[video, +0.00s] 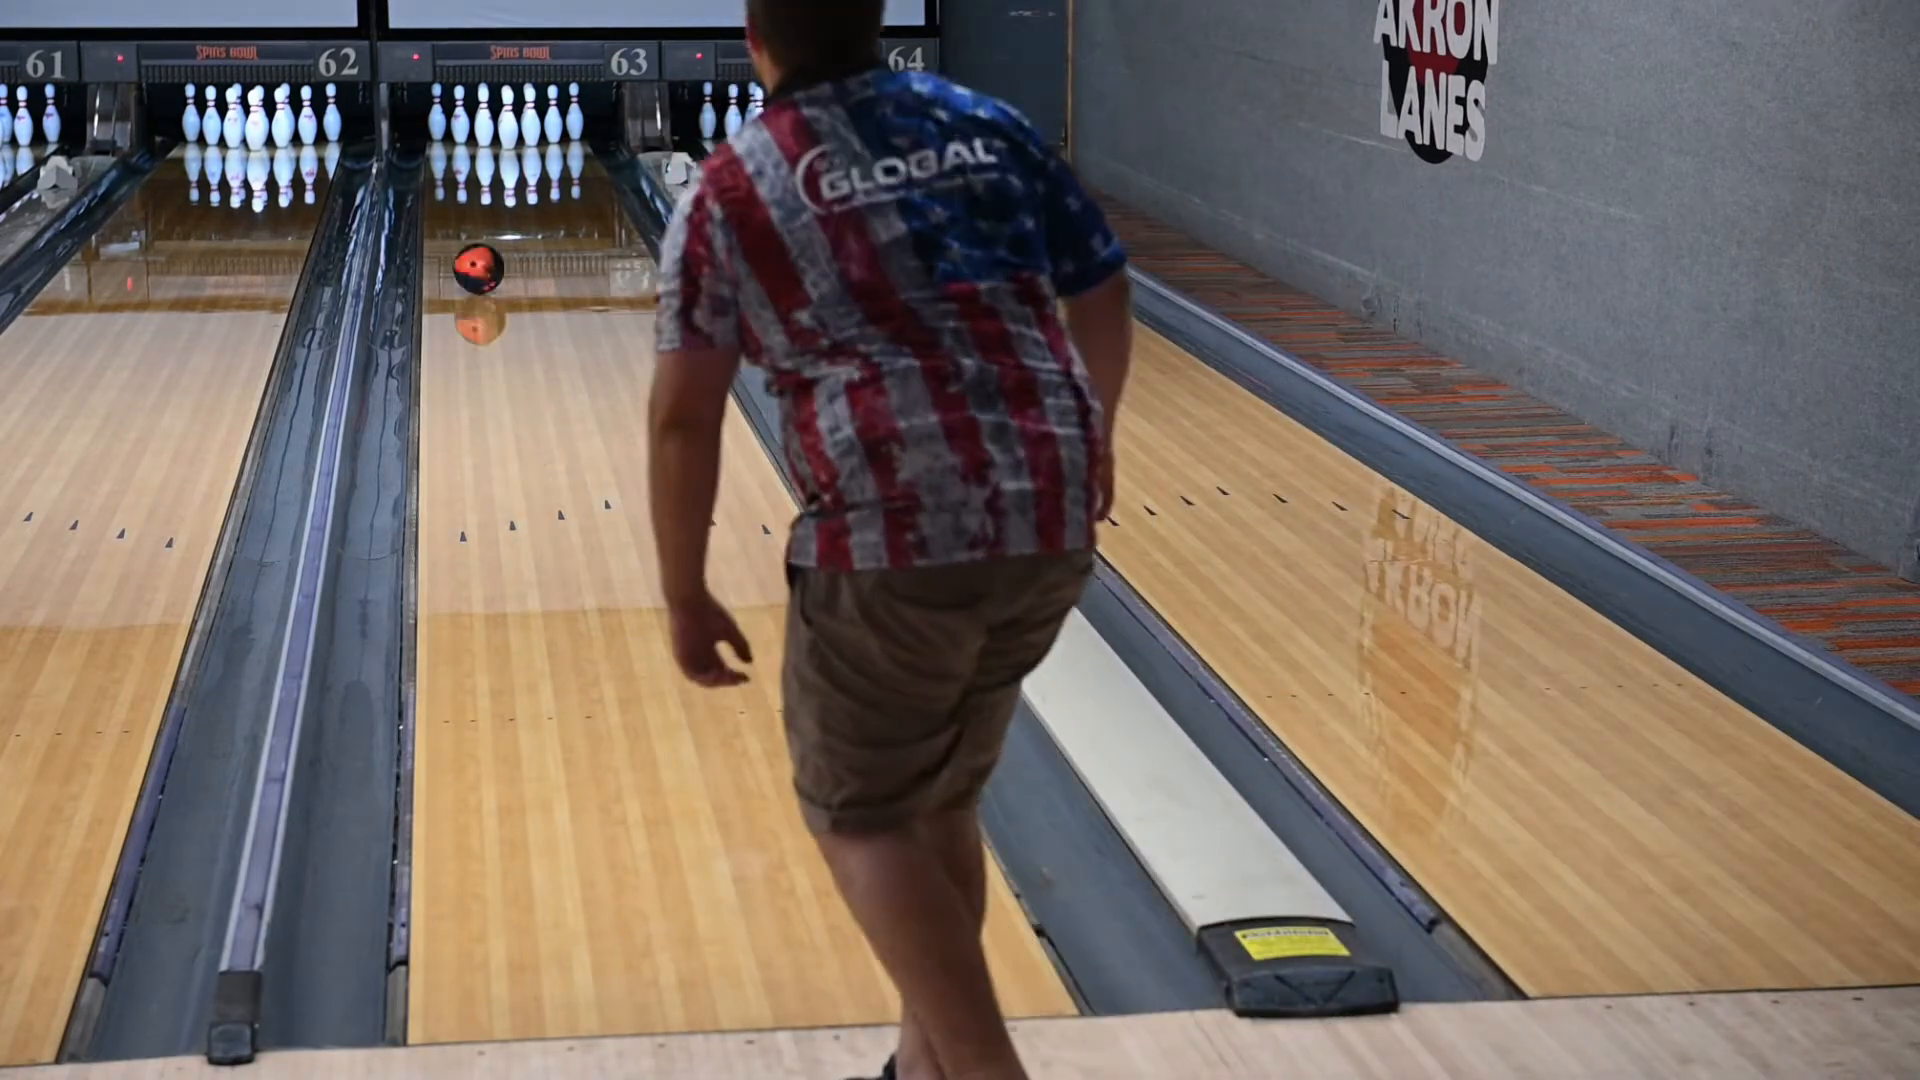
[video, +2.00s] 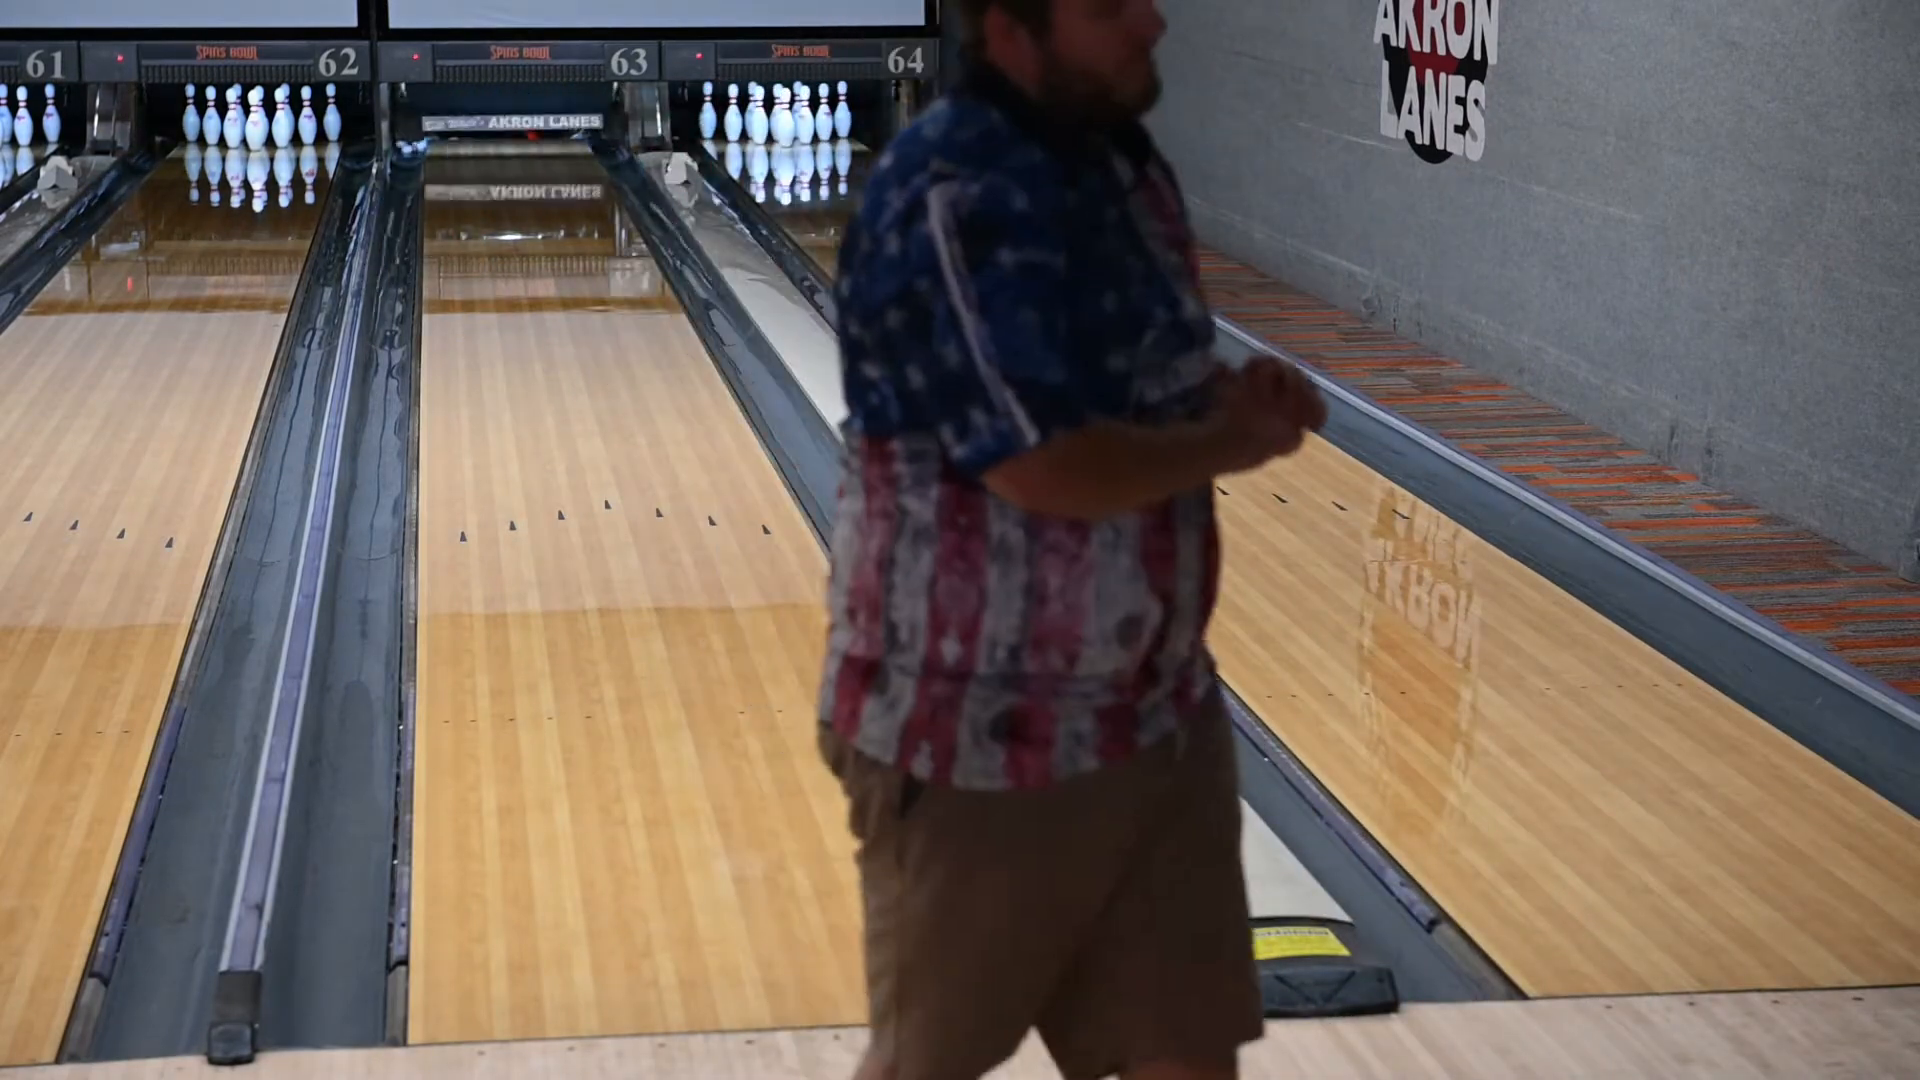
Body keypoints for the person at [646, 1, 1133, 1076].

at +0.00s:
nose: (757, 49)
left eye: (755, 37)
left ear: (759, 45)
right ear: (877, 29)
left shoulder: (733, 185)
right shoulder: (987, 126)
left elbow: (684, 415)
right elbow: (1102, 293)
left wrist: (684, 591)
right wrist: (1089, 443)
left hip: (893, 537)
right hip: (1052, 519)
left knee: (861, 810)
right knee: (948, 799)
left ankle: (988, 1072)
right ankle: (927, 1063)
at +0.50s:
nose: (801, 18)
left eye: (803, 9)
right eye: (809, 9)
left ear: (818, 11)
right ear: (934, 1)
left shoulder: (764, 148)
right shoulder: (1035, 117)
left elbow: (700, 380)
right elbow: (1121, 297)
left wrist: (778, 455)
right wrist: (1079, 424)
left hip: (847, 542)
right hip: (1022, 526)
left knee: (801, 795)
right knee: (950, 791)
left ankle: (868, 1066)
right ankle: (936, 1065)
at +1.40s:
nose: (979, 19)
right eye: (975, 9)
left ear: (836, 1)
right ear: (964, 11)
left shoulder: (735, 131)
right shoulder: (998, 183)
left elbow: (693, 323)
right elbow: (1083, 428)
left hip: (771, 585)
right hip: (948, 612)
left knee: (831, 911)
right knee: (998, 949)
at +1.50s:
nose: (994, 38)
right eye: (995, 23)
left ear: (851, 20)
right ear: (980, 28)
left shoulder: (761, 152)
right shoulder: (984, 191)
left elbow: (764, 383)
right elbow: (1079, 437)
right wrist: (1112, 386)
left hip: (794, 616)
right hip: (950, 639)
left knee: (847, 934)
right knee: (987, 990)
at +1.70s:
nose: (1058, 47)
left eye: (1055, 25)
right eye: (1049, 24)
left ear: (923, 30)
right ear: (999, 37)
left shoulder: (862, 158)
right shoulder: (971, 202)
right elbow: (1078, 452)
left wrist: (1108, 381)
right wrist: (1152, 403)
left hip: (895, 648)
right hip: (971, 673)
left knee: (935, 1017)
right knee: (971, 1035)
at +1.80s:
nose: (1098, 25)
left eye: (1091, 7)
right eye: (1077, 7)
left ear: (988, 32)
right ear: (991, 29)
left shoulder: (968, 155)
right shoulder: (949, 181)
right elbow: (1075, 443)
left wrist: (1152, 382)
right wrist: (1180, 399)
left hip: (1045, 672)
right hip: (960, 694)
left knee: (1064, 983)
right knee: (949, 1045)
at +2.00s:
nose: (1151, 20)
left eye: (1142, 0)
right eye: (1115, 4)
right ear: (1009, 29)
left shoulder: (1118, 159)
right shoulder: (941, 191)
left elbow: (1138, 379)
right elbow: (1038, 466)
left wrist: (1233, 398)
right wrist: (1229, 439)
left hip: (1152, 717)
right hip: (976, 740)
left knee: (1180, 1050)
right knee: (930, 1057)